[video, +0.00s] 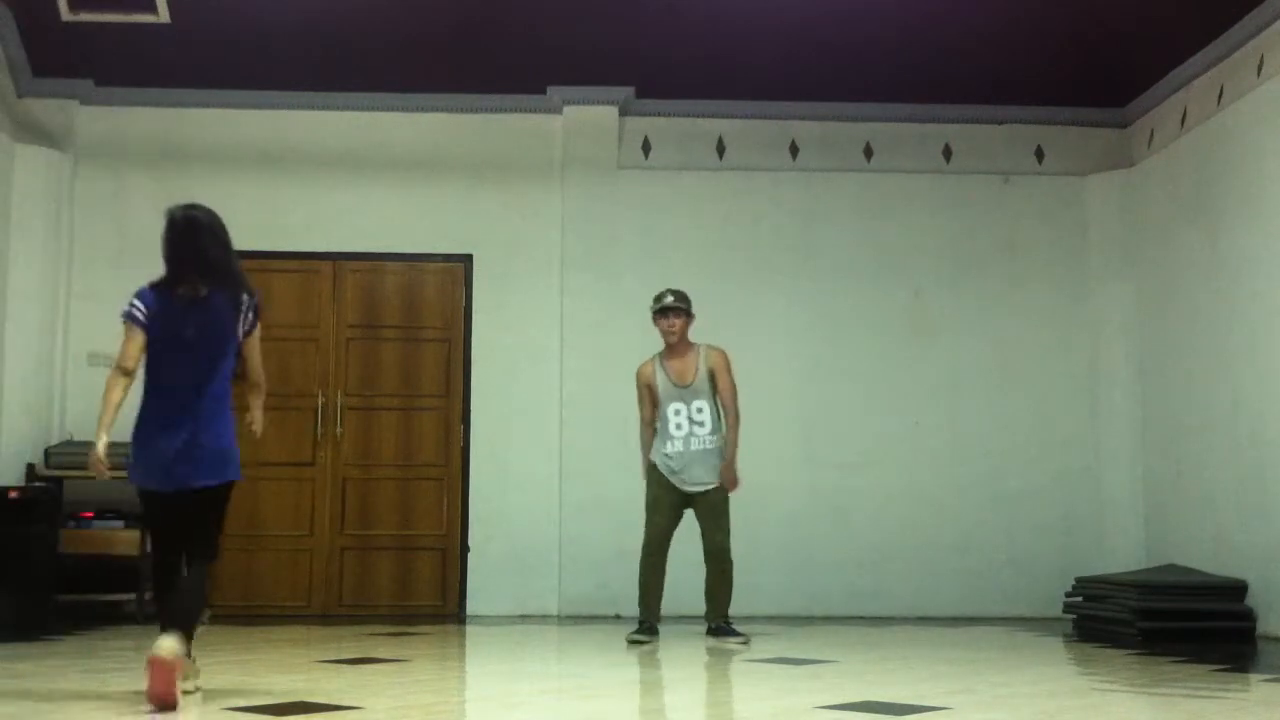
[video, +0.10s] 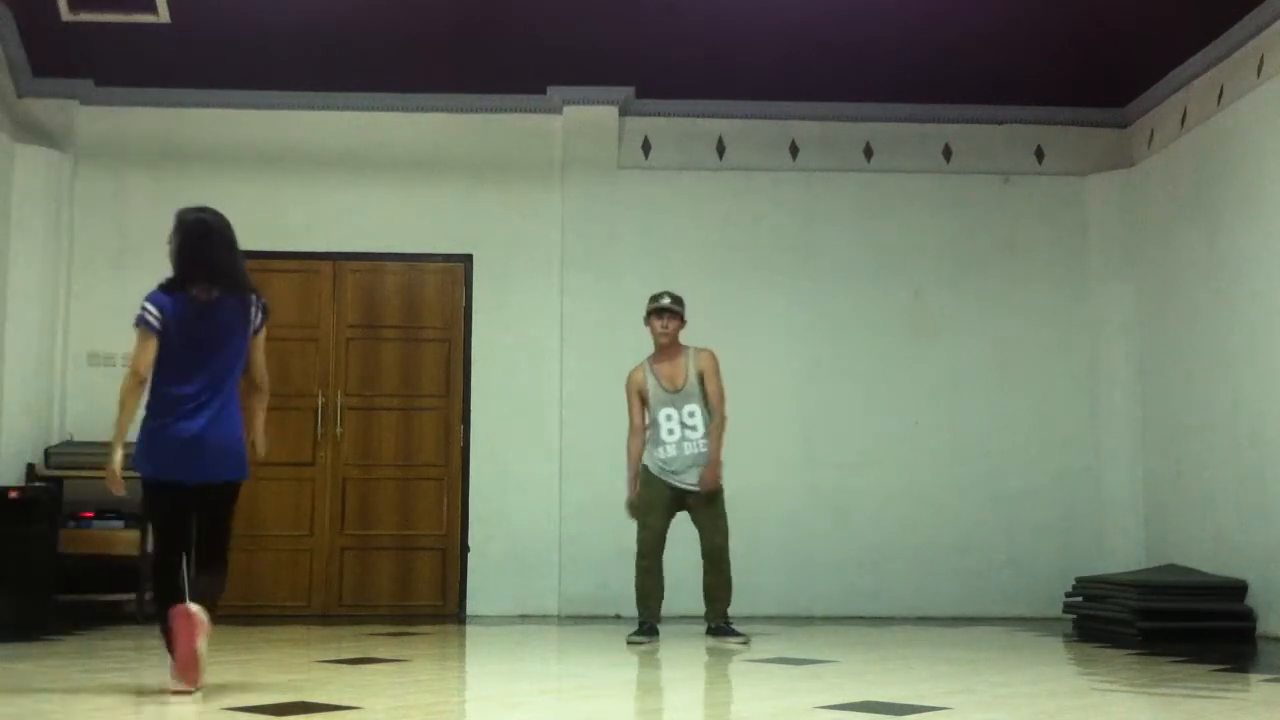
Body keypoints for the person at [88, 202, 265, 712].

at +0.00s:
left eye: (170, 241)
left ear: (169, 247)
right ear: (220, 245)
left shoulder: (150, 298)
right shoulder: (240, 301)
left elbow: (125, 369)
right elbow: (254, 373)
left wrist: (102, 434)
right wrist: (257, 410)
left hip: (156, 448)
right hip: (213, 449)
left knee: (165, 554)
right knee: (200, 553)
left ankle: (184, 662)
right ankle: (171, 641)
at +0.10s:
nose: (169, 247)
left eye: (172, 240)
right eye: (172, 239)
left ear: (182, 248)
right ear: (226, 248)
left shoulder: (162, 301)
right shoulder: (249, 306)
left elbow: (139, 374)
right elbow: (259, 379)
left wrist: (119, 442)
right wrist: (256, 430)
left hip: (167, 446)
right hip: (224, 447)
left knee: (168, 550)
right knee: (213, 546)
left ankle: (183, 668)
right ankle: (199, 613)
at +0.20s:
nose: (179, 248)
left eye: (183, 241)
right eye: (182, 239)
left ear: (194, 248)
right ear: (234, 248)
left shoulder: (175, 301)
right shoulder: (256, 306)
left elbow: (156, 379)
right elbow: (262, 382)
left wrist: (135, 439)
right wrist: (264, 442)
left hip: (177, 440)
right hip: (235, 440)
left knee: (175, 546)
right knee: (211, 535)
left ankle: (182, 664)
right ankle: (217, 611)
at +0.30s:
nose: (190, 250)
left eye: (196, 243)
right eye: (192, 242)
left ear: (212, 250)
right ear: (241, 251)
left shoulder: (191, 301)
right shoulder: (258, 306)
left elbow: (172, 377)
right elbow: (267, 383)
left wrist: (151, 434)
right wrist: (270, 445)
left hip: (196, 437)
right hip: (244, 439)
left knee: (188, 543)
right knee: (204, 535)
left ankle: (185, 661)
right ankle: (245, 627)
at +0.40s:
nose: (199, 261)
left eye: (205, 254)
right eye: (201, 253)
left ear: (225, 261)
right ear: (246, 262)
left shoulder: (209, 309)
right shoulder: (260, 317)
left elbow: (188, 377)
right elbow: (273, 386)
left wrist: (170, 426)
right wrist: (274, 448)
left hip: (210, 445)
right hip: (248, 448)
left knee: (197, 548)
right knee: (222, 545)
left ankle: (198, 657)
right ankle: (252, 629)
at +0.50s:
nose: (211, 276)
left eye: (218, 269)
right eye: (213, 269)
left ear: (238, 274)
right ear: (249, 275)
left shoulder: (240, 324)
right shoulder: (261, 325)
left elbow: (217, 382)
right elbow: (269, 397)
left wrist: (194, 419)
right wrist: (273, 456)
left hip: (230, 450)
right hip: (251, 450)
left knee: (213, 549)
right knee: (241, 548)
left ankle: (210, 655)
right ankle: (264, 643)